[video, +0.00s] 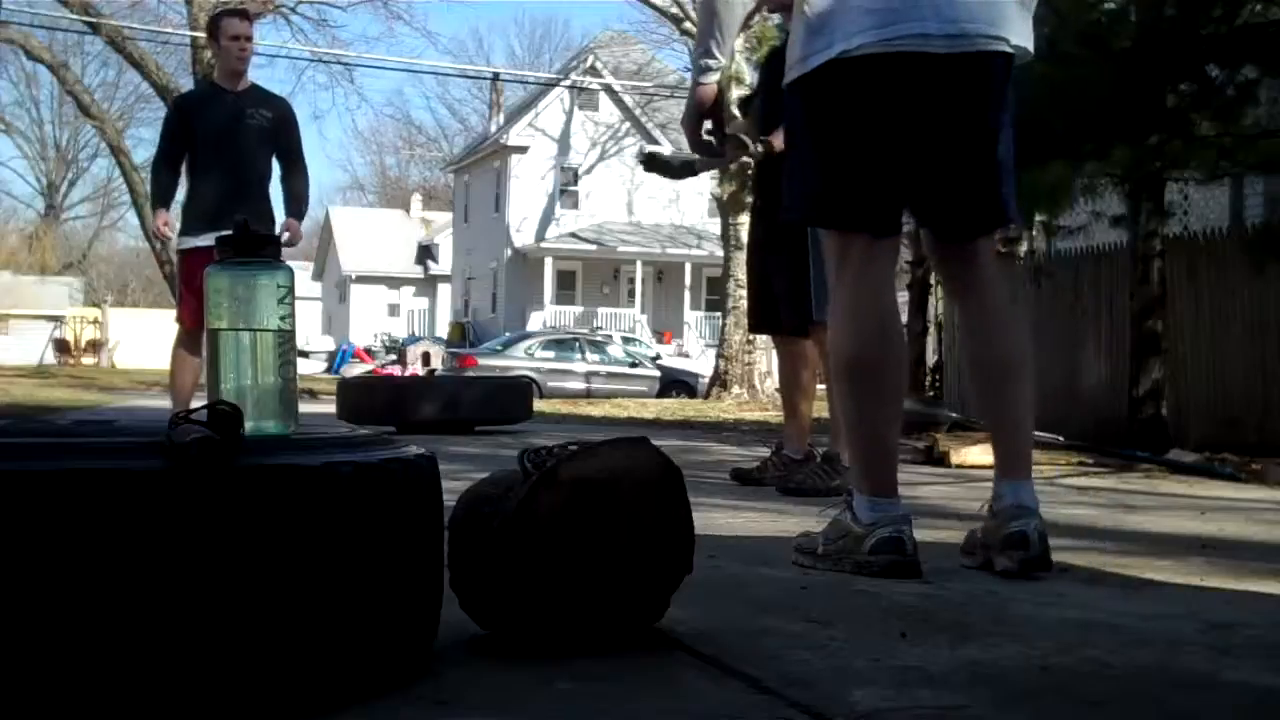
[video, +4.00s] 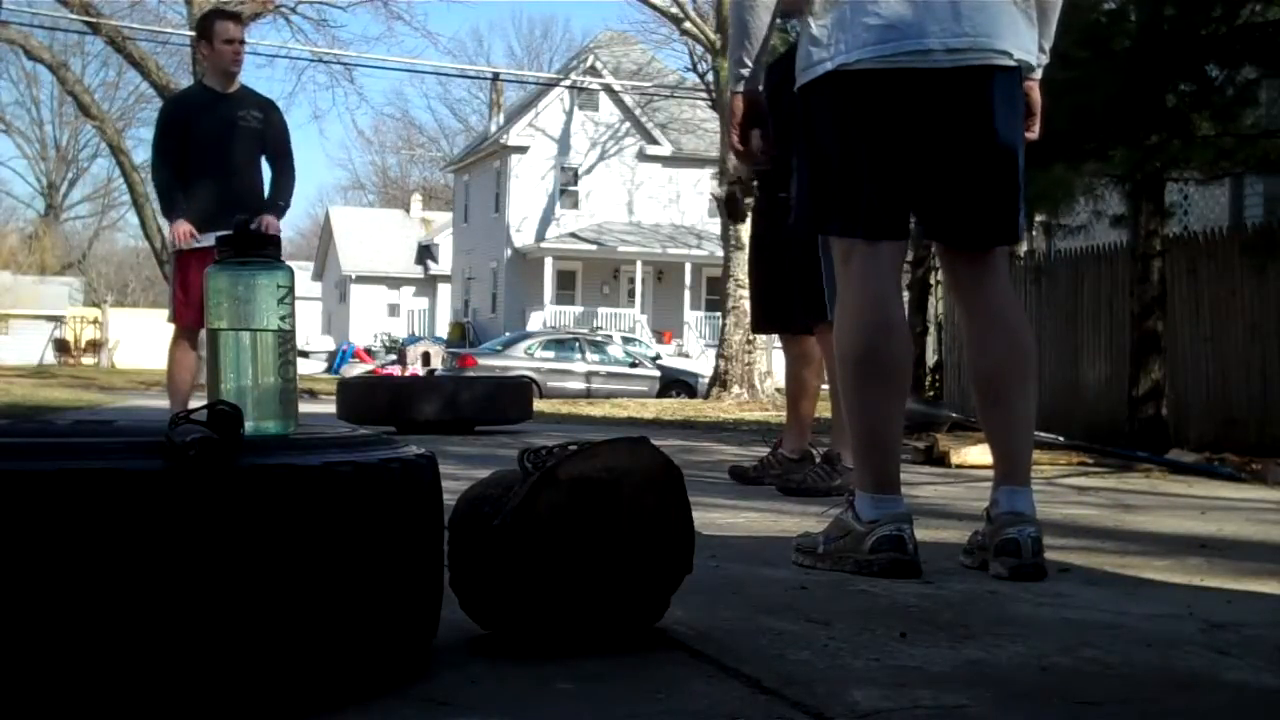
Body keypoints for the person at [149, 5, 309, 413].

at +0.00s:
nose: (244, 46)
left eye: (248, 39)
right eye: (235, 39)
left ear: (254, 44)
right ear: (214, 44)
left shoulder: (276, 108)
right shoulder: (187, 106)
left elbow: (294, 166)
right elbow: (167, 161)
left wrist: (295, 215)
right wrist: (161, 206)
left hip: (256, 236)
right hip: (200, 235)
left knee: (255, 335)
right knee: (192, 331)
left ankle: (251, 423)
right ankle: (181, 420)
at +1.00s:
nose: (241, 45)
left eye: (245, 38)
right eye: (231, 38)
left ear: (250, 44)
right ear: (209, 45)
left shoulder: (271, 107)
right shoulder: (182, 107)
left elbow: (286, 172)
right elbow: (166, 169)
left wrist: (285, 227)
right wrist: (169, 221)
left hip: (253, 240)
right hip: (196, 239)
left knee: (251, 336)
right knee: (190, 332)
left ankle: (248, 423)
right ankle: (180, 420)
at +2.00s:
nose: (225, 46)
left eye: (230, 39)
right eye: (215, 39)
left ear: (237, 45)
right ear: (196, 45)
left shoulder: (259, 106)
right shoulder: (170, 105)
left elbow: (273, 174)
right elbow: (152, 169)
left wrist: (269, 229)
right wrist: (148, 224)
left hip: (243, 237)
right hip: (186, 237)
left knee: (242, 333)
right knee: (185, 330)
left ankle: (238, 423)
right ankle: (178, 421)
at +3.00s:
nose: (235, 49)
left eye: (238, 42)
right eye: (225, 41)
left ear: (243, 46)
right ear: (201, 45)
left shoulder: (263, 106)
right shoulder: (176, 104)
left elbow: (285, 167)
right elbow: (152, 163)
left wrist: (268, 206)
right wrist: (164, 203)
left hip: (246, 239)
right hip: (193, 239)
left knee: (245, 335)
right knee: (187, 331)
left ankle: (242, 425)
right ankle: (178, 421)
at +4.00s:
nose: (239, 50)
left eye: (241, 43)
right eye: (229, 43)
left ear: (245, 47)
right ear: (203, 48)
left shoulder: (263, 109)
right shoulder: (177, 108)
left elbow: (284, 166)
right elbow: (162, 168)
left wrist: (273, 211)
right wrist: (176, 217)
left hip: (250, 238)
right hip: (195, 238)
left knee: (250, 334)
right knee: (188, 331)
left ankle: (248, 424)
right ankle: (178, 421)